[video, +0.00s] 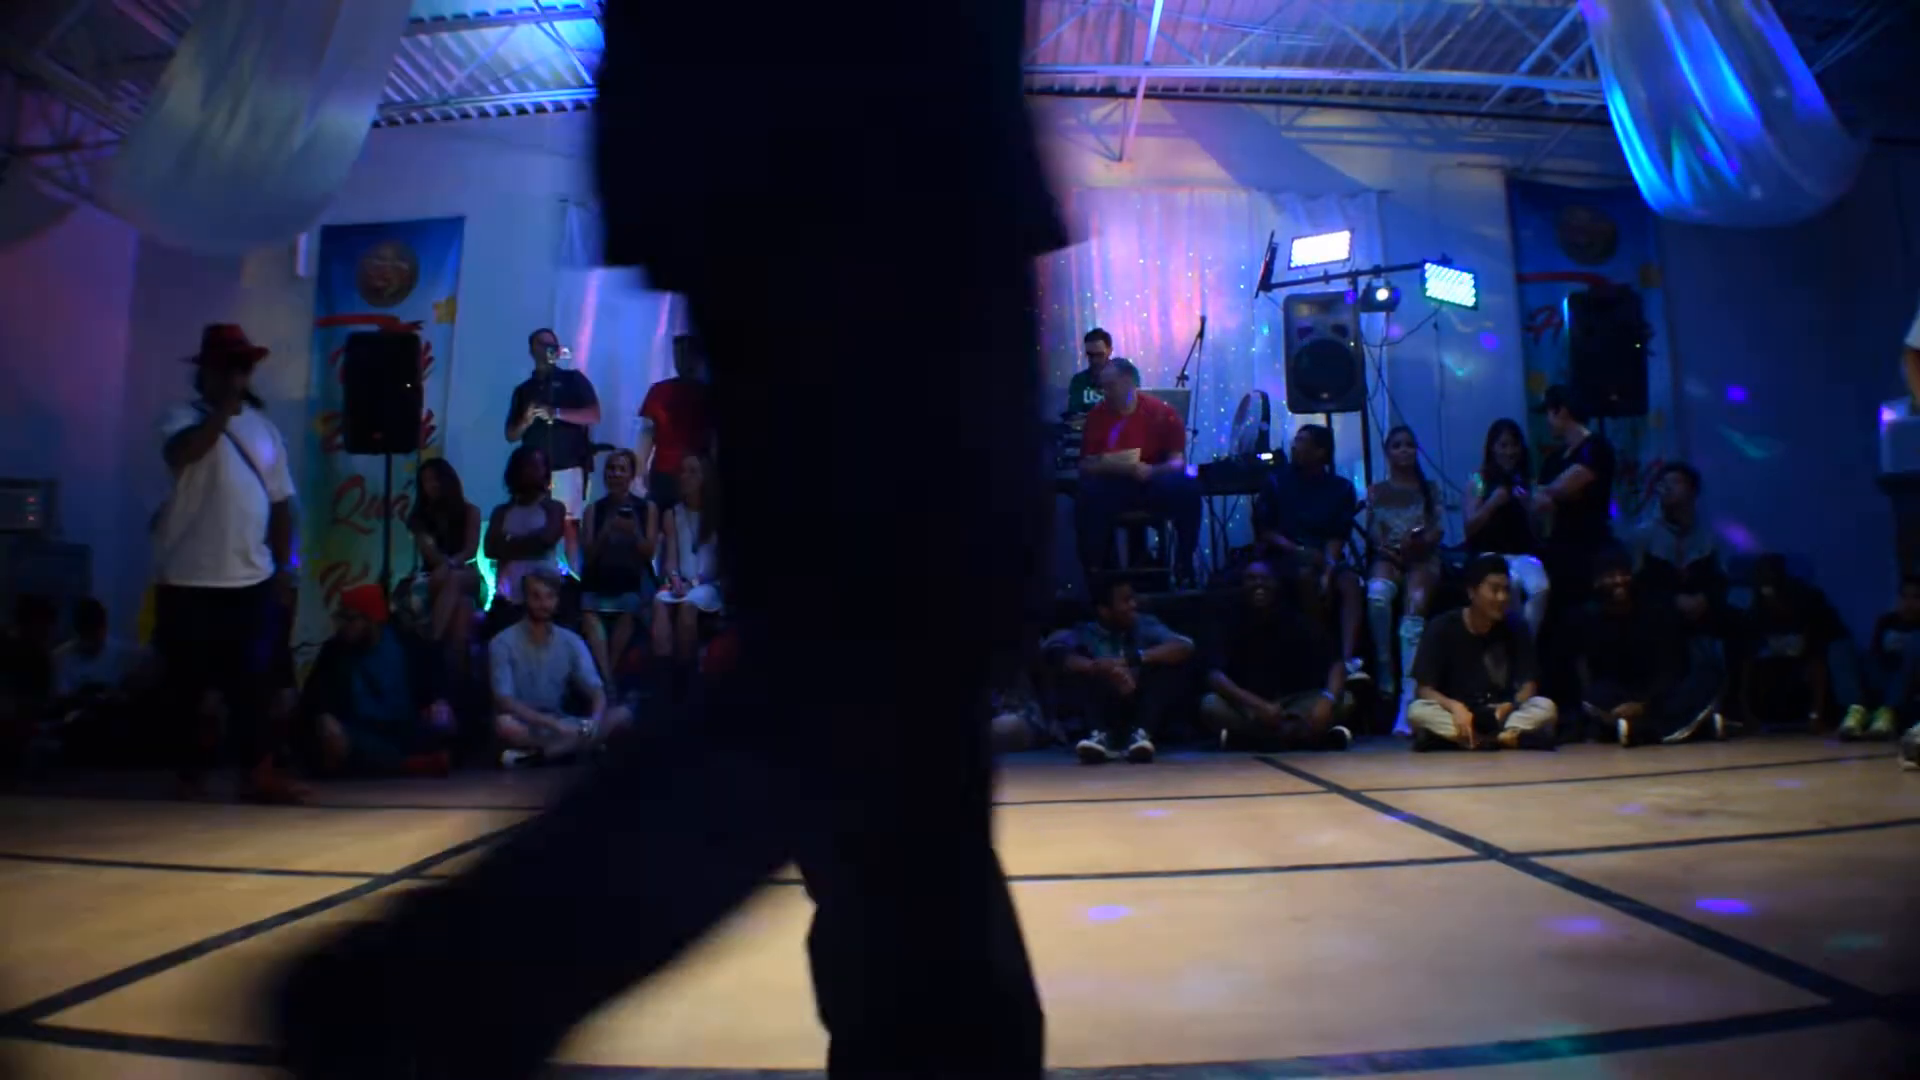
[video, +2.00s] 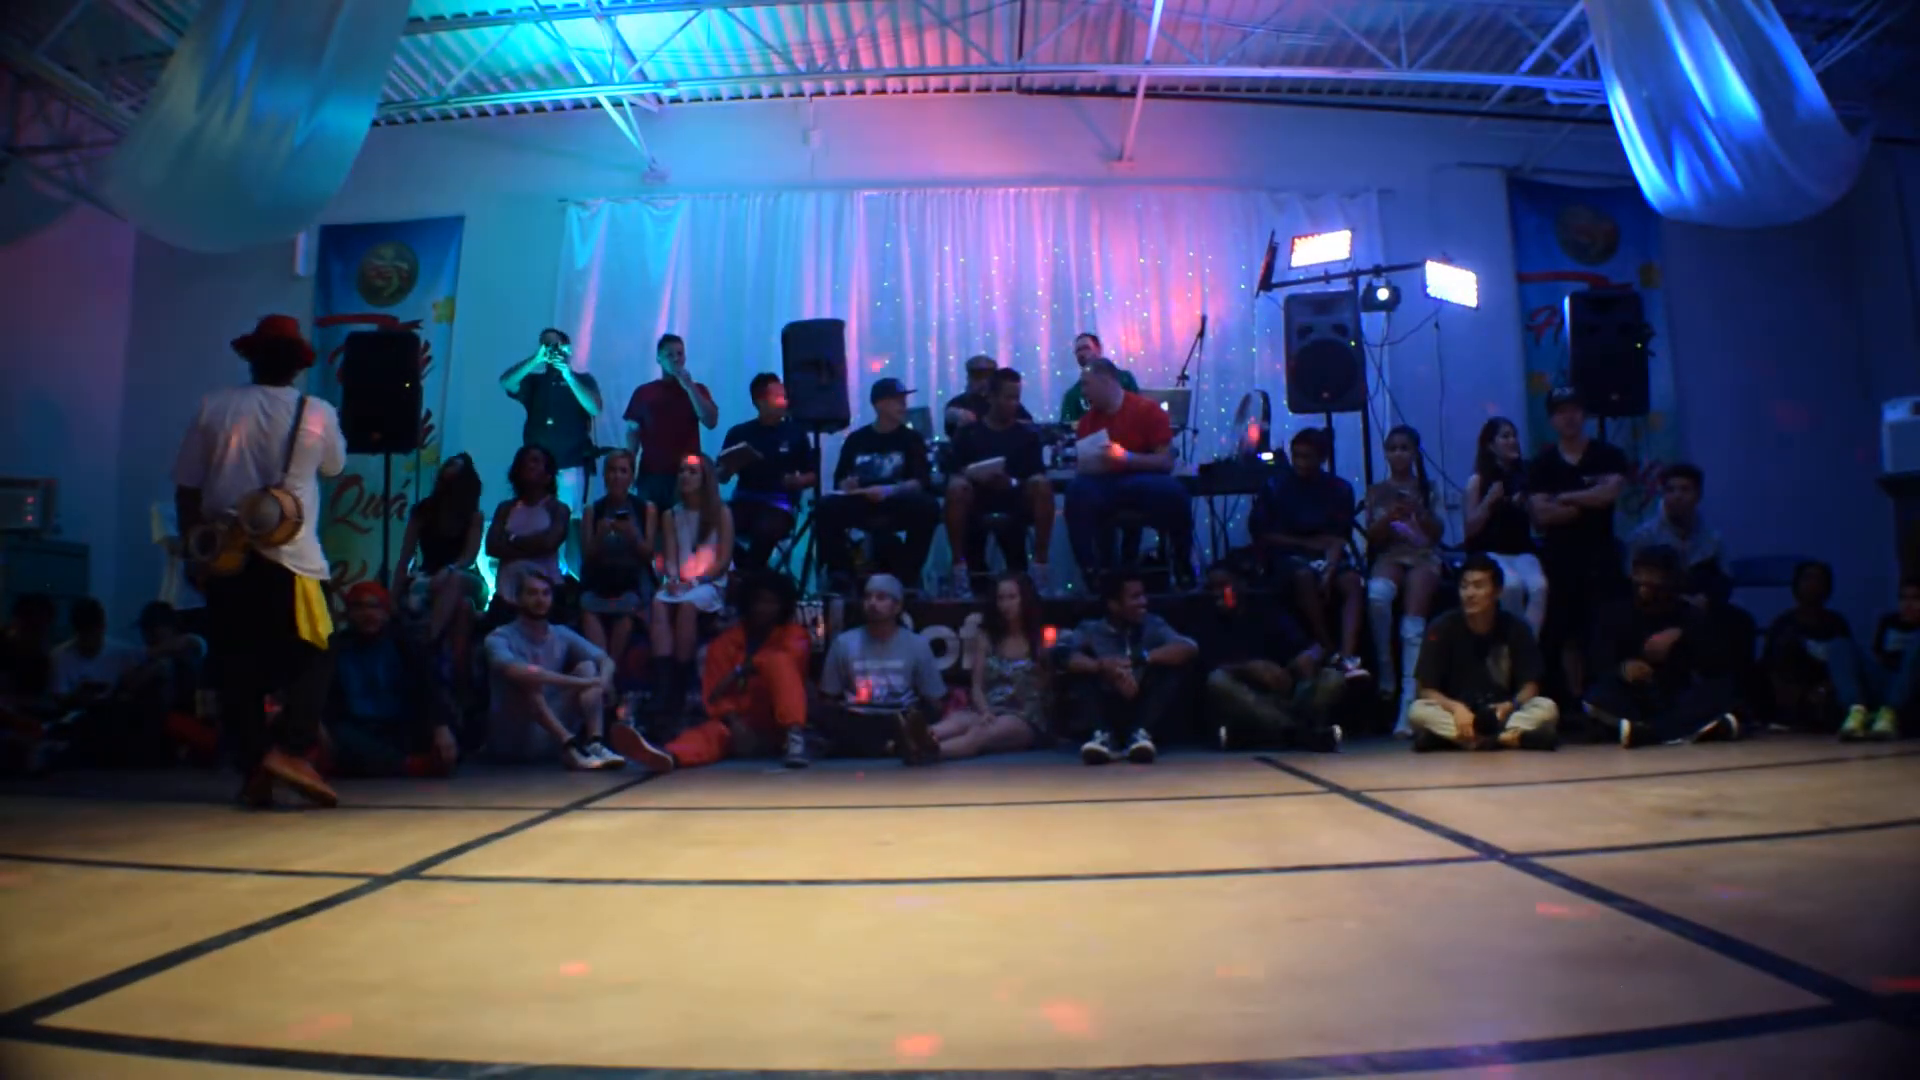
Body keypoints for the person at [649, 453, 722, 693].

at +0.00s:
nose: (685, 478)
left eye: (693, 472)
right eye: (683, 472)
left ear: (705, 478)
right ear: (678, 477)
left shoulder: (716, 514)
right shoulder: (672, 516)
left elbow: (722, 564)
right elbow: (670, 558)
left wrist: (697, 581)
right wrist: (675, 580)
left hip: (710, 581)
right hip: (680, 581)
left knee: (688, 606)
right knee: (660, 601)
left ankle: (685, 671)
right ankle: (661, 668)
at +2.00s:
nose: (685, 476)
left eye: (692, 471)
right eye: (682, 471)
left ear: (705, 478)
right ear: (678, 477)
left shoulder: (720, 513)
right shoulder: (671, 516)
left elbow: (723, 559)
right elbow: (670, 556)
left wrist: (701, 578)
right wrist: (673, 577)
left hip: (709, 579)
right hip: (679, 580)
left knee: (687, 606)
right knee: (659, 605)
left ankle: (680, 680)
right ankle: (662, 679)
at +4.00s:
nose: (694, 476)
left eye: (699, 471)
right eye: (688, 471)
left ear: (709, 476)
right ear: (681, 477)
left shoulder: (721, 512)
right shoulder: (671, 516)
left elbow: (724, 561)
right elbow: (670, 557)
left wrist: (697, 580)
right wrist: (673, 578)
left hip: (710, 580)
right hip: (680, 580)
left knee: (688, 605)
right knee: (660, 603)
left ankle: (682, 679)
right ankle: (662, 677)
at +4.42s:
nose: (692, 477)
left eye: (698, 472)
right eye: (687, 472)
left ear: (708, 478)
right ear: (680, 477)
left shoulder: (721, 514)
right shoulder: (671, 516)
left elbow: (724, 561)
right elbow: (670, 557)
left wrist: (698, 580)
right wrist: (673, 577)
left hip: (711, 579)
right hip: (680, 580)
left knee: (687, 606)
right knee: (659, 605)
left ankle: (683, 678)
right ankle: (662, 678)